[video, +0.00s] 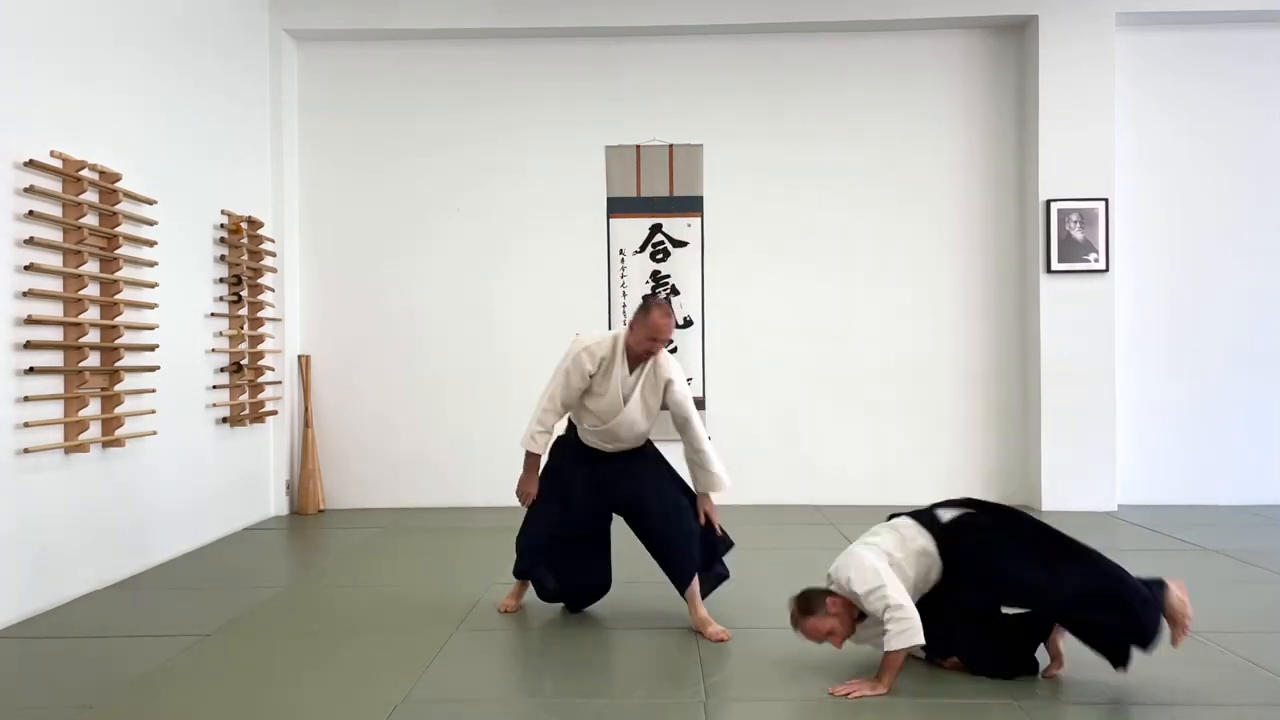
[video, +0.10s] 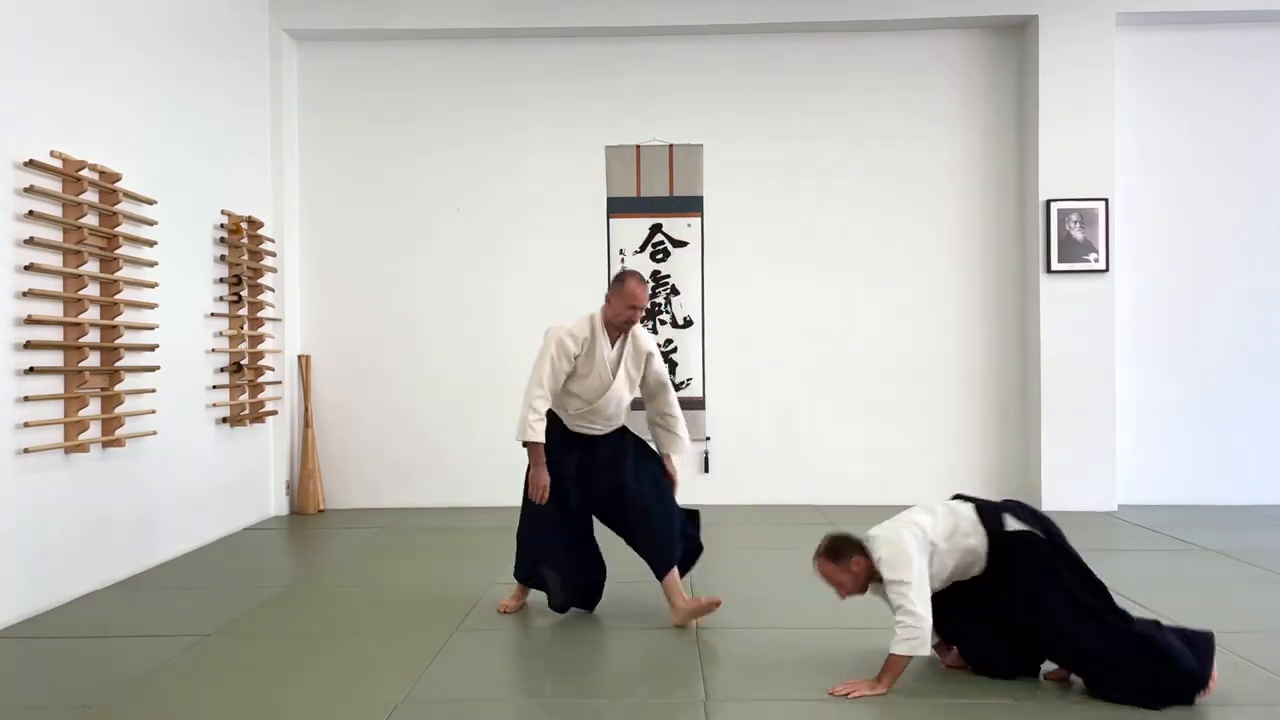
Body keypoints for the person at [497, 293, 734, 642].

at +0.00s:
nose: (657, 348)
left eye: (664, 342)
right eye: (651, 339)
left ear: (670, 338)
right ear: (631, 327)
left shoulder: (665, 370)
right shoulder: (589, 354)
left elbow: (691, 428)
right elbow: (549, 408)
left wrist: (704, 492)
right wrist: (529, 472)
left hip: (634, 456)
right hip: (580, 453)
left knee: (676, 521)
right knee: (541, 520)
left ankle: (698, 611)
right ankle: (519, 586)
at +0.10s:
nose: (636, 317)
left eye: (642, 310)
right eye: (631, 308)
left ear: (644, 309)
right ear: (609, 299)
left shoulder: (642, 347)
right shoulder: (566, 339)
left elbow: (661, 401)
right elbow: (536, 398)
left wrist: (666, 457)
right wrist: (537, 463)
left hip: (611, 440)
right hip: (562, 437)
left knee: (649, 502)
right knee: (538, 511)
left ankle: (679, 602)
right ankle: (520, 591)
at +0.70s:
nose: (630, 290)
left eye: (630, 284)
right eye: (623, 284)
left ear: (605, 289)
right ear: (601, 287)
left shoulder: (595, 322)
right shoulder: (595, 330)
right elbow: (589, 399)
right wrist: (605, 451)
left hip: (564, 429)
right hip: (579, 433)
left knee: (550, 494)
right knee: (606, 507)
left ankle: (520, 556)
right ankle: (557, 579)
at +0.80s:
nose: (644, 295)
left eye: (645, 289)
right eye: (638, 289)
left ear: (622, 294)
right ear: (616, 293)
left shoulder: (614, 329)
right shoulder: (603, 334)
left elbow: (609, 390)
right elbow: (609, 402)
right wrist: (648, 447)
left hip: (581, 429)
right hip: (587, 436)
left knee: (556, 496)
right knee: (628, 494)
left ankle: (520, 558)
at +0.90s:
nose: (655, 287)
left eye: (656, 281)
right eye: (648, 281)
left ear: (654, 285)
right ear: (627, 285)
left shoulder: (643, 326)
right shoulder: (615, 328)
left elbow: (644, 383)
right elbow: (632, 389)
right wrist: (687, 415)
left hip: (624, 430)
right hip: (610, 433)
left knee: (582, 491)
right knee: (647, 500)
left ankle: (533, 540)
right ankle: (641, 563)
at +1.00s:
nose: (671, 279)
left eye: (673, 273)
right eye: (663, 273)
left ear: (673, 276)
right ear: (644, 278)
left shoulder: (675, 320)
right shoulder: (627, 321)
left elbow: (702, 352)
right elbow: (648, 366)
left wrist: (726, 373)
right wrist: (704, 375)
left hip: (662, 425)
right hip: (632, 423)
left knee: (653, 496)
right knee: (655, 497)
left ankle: (595, 524)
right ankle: (642, 570)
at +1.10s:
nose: (694, 276)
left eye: (697, 270)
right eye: (686, 270)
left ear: (701, 274)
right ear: (667, 274)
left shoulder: (708, 314)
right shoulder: (653, 312)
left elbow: (745, 324)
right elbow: (650, 342)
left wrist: (786, 326)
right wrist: (695, 348)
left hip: (695, 421)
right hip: (655, 422)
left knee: (716, 494)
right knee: (655, 497)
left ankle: (690, 549)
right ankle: (642, 562)